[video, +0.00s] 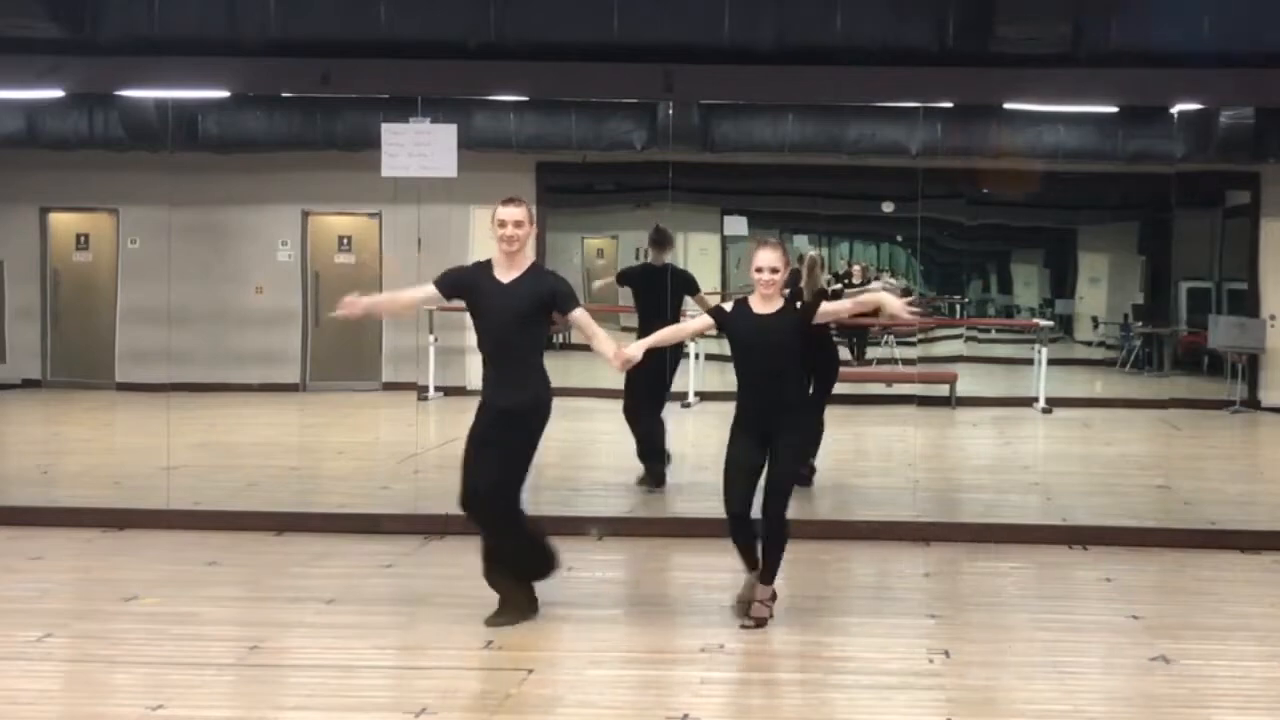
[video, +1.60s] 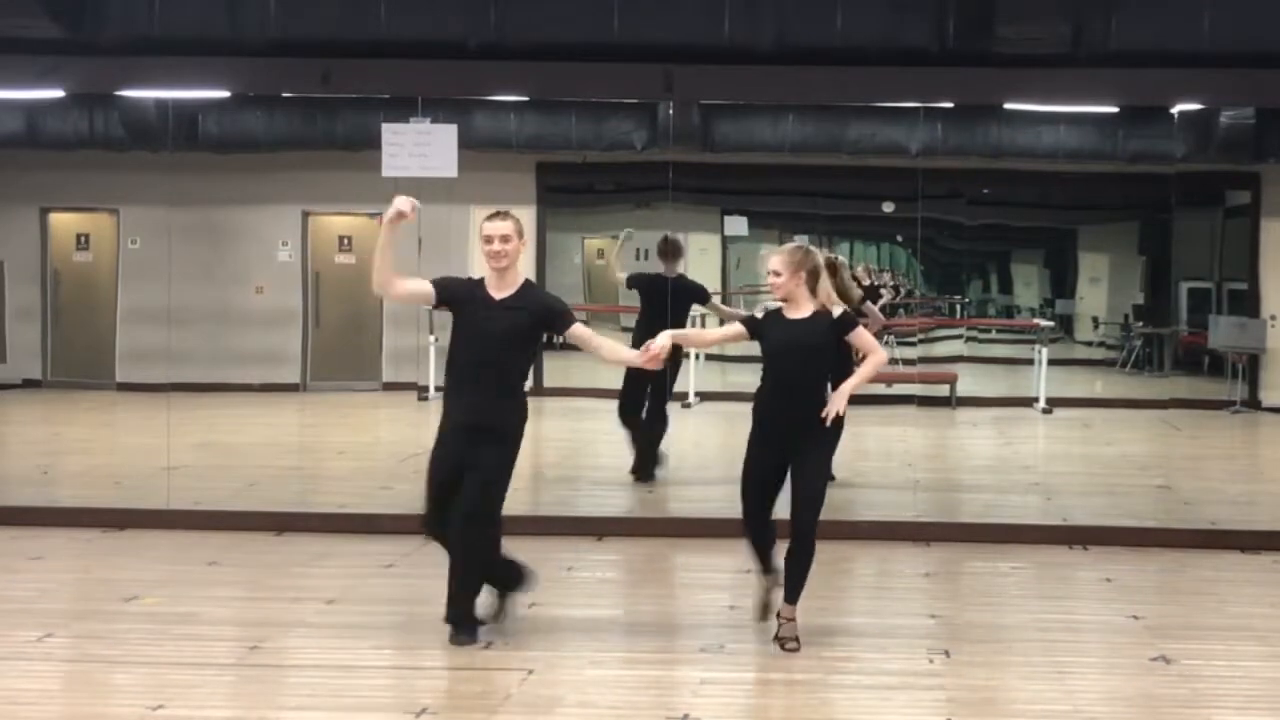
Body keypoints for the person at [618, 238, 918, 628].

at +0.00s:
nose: (766, 277)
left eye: (774, 270)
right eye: (760, 270)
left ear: (786, 274)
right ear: (751, 273)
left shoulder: (801, 312)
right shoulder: (732, 313)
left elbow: (846, 307)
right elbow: (684, 329)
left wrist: (881, 298)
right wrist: (642, 344)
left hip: (792, 422)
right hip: (750, 421)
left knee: (774, 508)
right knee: (735, 509)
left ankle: (766, 589)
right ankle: (755, 573)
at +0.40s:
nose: (768, 266)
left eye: (776, 259)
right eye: (762, 259)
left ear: (790, 264)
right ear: (751, 262)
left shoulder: (801, 303)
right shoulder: (738, 304)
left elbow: (823, 318)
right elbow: (690, 328)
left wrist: (827, 267)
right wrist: (648, 336)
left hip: (787, 417)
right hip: (749, 416)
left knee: (786, 511)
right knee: (757, 510)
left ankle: (740, 587)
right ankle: (746, 606)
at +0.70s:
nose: (774, 265)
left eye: (782, 257)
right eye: (767, 257)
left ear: (796, 263)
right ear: (757, 260)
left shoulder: (798, 312)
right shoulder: (745, 300)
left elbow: (775, 367)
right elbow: (698, 330)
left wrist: (777, 316)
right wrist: (653, 350)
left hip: (788, 421)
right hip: (767, 420)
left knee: (781, 519)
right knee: (769, 519)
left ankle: (791, 614)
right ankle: (772, 615)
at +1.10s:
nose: (777, 268)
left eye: (785, 261)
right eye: (771, 261)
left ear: (802, 264)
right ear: (762, 264)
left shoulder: (821, 307)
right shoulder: (753, 309)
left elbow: (834, 354)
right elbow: (703, 332)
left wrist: (790, 370)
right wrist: (675, 344)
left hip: (798, 427)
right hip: (755, 424)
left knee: (806, 521)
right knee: (753, 518)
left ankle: (784, 608)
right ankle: (747, 616)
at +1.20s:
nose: (766, 273)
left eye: (775, 266)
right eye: (764, 266)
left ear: (800, 268)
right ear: (764, 269)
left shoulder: (830, 313)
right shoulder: (761, 315)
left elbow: (861, 361)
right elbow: (707, 341)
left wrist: (822, 394)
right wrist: (683, 340)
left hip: (803, 428)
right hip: (757, 422)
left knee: (801, 527)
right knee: (729, 512)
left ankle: (783, 611)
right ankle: (698, 609)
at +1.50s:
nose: (767, 281)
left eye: (774, 275)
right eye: (767, 275)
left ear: (800, 277)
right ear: (777, 280)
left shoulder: (836, 317)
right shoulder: (766, 322)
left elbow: (878, 355)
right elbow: (712, 340)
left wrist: (845, 396)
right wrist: (689, 333)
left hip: (816, 433)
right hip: (768, 429)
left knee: (809, 529)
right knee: (731, 509)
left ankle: (785, 612)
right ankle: (692, 577)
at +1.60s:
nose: (770, 281)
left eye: (776, 274)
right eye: (769, 274)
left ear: (802, 276)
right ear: (789, 278)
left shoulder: (834, 320)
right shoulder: (767, 321)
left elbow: (878, 355)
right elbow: (712, 336)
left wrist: (844, 389)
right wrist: (670, 335)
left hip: (814, 434)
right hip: (769, 431)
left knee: (804, 524)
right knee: (754, 515)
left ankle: (790, 611)